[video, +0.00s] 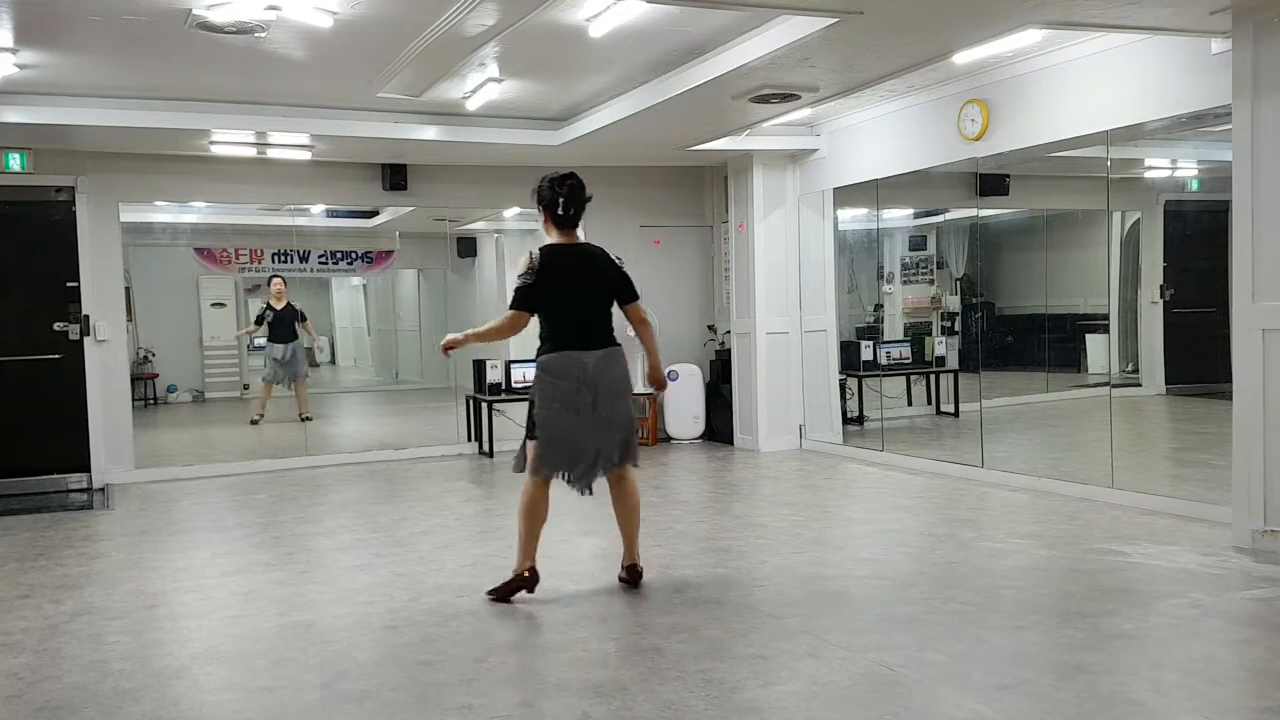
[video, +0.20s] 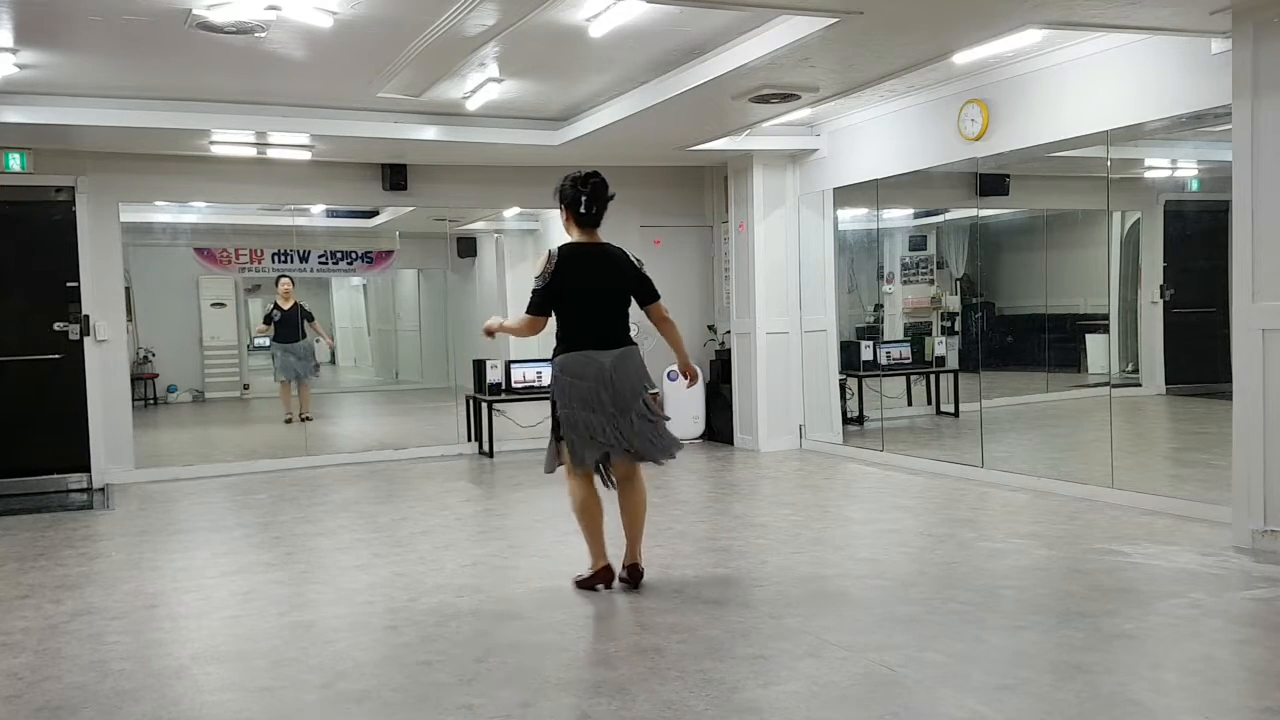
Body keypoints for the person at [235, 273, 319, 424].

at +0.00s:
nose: (278, 287)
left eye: (281, 284)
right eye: (275, 285)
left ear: (285, 287)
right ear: (269, 289)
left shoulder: (294, 307)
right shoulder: (266, 309)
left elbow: (305, 324)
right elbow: (255, 327)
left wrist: (315, 337)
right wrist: (244, 331)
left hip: (294, 347)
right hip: (274, 348)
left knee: (300, 379)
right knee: (268, 380)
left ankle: (303, 412)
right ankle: (260, 412)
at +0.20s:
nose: (286, 287)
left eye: (289, 284)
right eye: (283, 285)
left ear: (293, 287)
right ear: (277, 288)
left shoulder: (301, 306)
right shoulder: (272, 307)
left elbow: (313, 323)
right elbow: (266, 326)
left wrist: (326, 338)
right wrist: (261, 329)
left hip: (301, 347)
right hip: (281, 349)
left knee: (304, 381)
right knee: (285, 381)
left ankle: (304, 412)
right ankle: (288, 413)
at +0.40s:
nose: (287, 287)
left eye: (290, 284)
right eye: (284, 285)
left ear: (294, 287)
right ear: (278, 288)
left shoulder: (300, 306)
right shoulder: (273, 307)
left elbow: (312, 324)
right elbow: (267, 327)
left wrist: (323, 338)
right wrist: (273, 324)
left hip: (302, 347)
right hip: (283, 349)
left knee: (304, 381)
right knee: (288, 382)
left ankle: (305, 411)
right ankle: (292, 412)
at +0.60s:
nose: (288, 289)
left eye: (290, 286)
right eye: (285, 286)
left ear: (294, 288)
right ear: (279, 289)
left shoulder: (300, 308)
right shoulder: (274, 307)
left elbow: (309, 328)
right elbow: (268, 327)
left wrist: (317, 344)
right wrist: (275, 329)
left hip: (299, 347)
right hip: (280, 349)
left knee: (301, 381)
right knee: (285, 382)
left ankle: (303, 410)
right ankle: (293, 412)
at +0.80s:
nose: (287, 290)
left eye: (289, 287)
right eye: (283, 287)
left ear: (293, 290)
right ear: (278, 290)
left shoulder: (299, 309)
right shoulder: (273, 309)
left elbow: (309, 327)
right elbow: (267, 327)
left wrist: (316, 345)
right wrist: (266, 338)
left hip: (298, 348)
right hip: (279, 349)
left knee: (298, 381)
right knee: (285, 382)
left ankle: (295, 408)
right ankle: (292, 411)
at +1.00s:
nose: (285, 292)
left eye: (287, 289)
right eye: (281, 289)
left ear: (291, 291)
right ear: (276, 292)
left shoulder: (298, 311)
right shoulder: (271, 311)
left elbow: (309, 327)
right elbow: (264, 329)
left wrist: (316, 344)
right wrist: (256, 342)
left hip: (298, 349)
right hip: (280, 350)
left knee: (295, 381)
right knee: (285, 381)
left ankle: (289, 406)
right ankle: (290, 411)